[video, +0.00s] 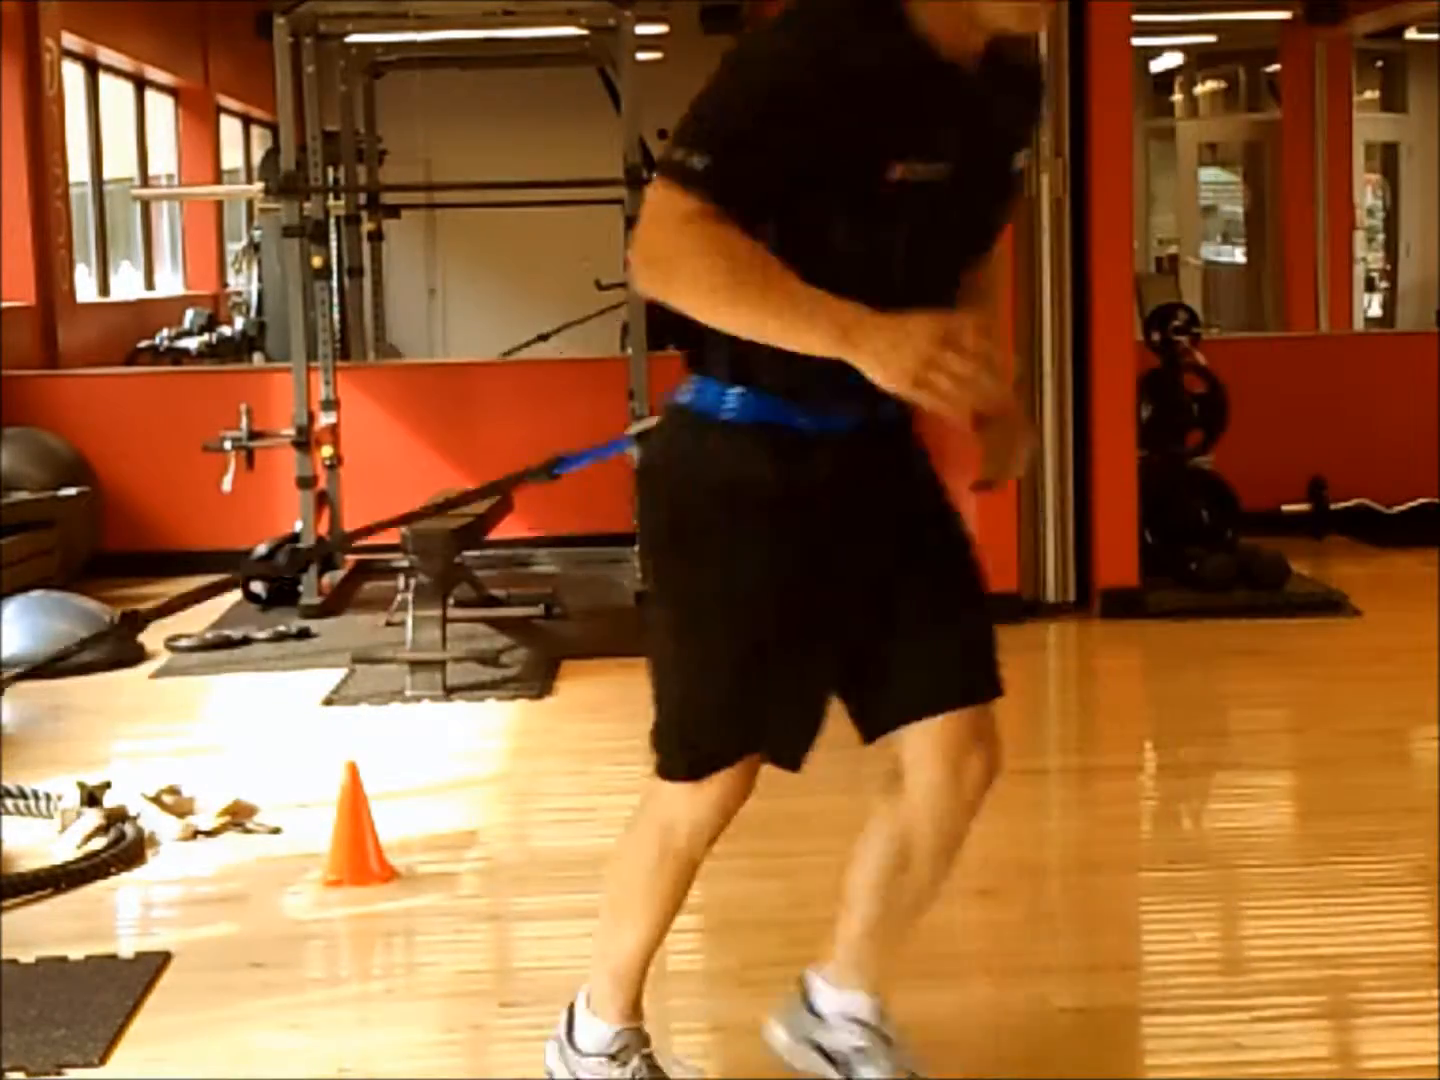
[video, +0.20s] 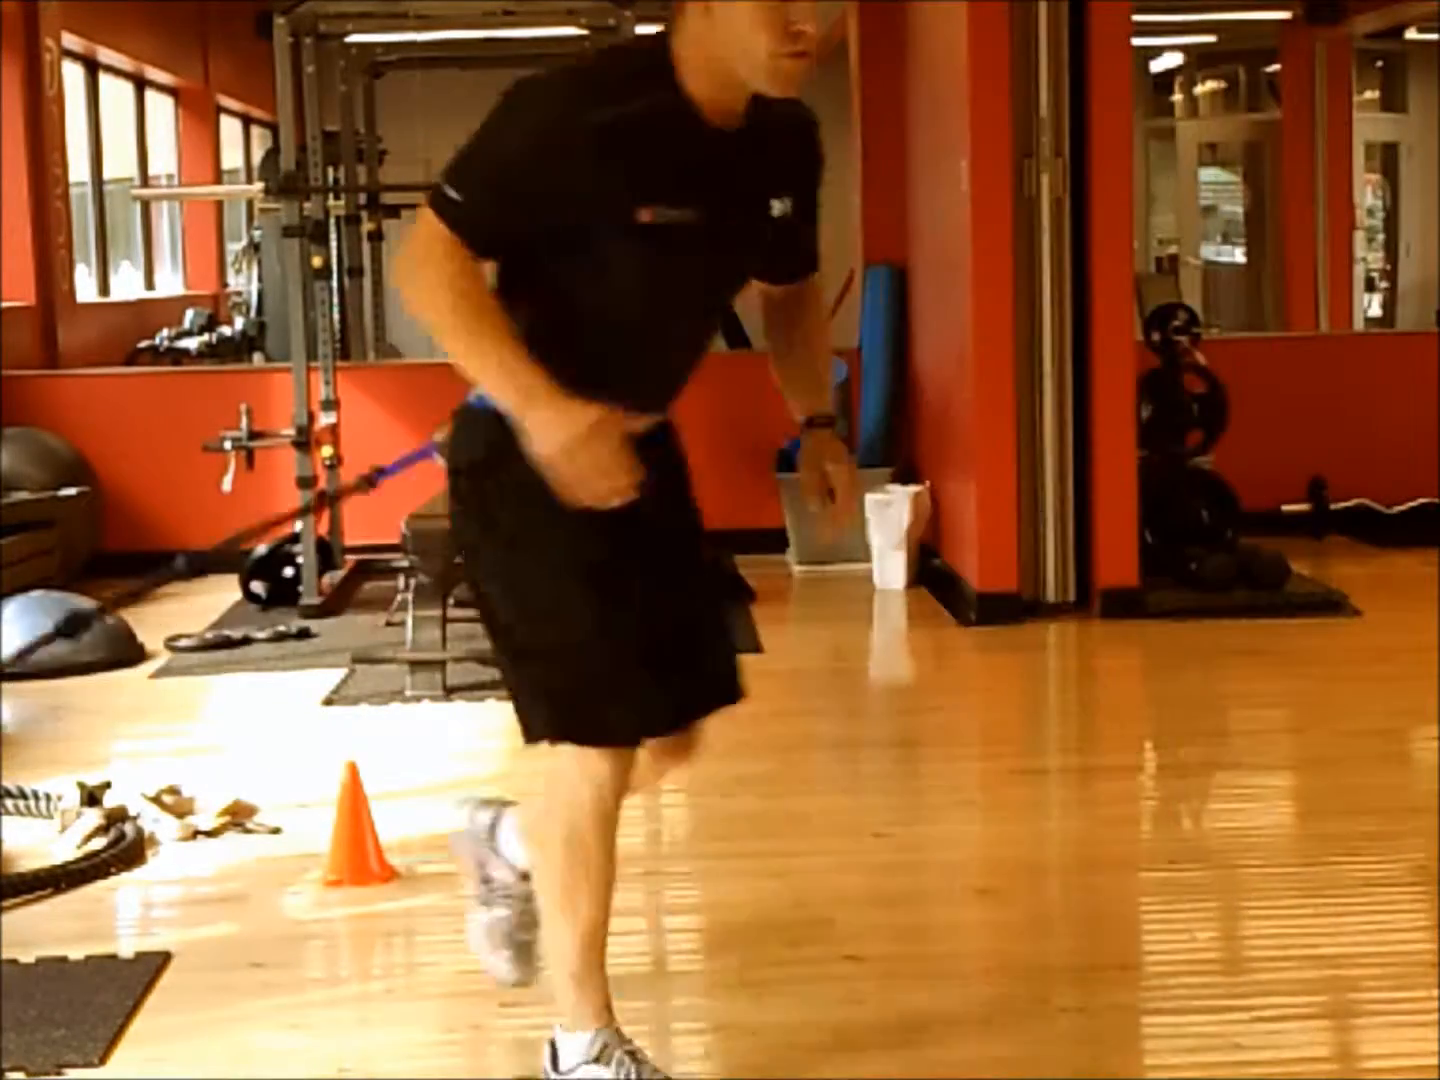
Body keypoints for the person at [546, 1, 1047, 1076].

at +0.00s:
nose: (1047, 7)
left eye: (1049, 6)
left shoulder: (1012, 74)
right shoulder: (808, 44)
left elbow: (977, 243)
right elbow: (663, 244)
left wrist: (991, 387)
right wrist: (865, 335)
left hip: (874, 455)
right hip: (730, 456)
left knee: (954, 754)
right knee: (710, 766)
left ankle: (838, 1001)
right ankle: (599, 1031)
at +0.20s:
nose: (815, 27)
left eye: (824, 7)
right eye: (785, 4)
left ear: (833, 18)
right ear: (700, 7)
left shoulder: (784, 138)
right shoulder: (570, 105)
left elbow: (787, 292)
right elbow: (424, 262)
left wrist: (816, 426)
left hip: (640, 441)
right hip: (524, 444)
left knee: (675, 725)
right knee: (591, 736)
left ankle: (513, 841)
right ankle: (583, 1039)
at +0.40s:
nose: (603, 125)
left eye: (616, 102)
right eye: (581, 99)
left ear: (624, 105)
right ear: (514, 94)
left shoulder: (604, 220)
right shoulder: (404, 191)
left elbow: (659, 353)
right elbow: (231, 279)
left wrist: (680, 383)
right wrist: (231, 458)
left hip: (472, 500)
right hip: (365, 492)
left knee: (411, 723)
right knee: (466, 713)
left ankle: (316, 888)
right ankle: (534, 1003)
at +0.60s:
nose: (489, 30)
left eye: (501, 10)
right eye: (465, 6)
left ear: (507, 19)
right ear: (403, 10)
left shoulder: (491, 117)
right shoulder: (295, 96)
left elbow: (484, 244)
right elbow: (174, 212)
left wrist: (510, 368)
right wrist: (240, 373)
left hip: (384, 396)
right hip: (279, 390)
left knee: (366, 636)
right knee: (335, 634)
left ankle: (331, 870)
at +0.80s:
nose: (398, 75)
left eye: (407, 54)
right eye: (378, 50)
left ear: (413, 58)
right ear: (308, 42)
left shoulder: (403, 158)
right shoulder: (219, 147)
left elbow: (351, 277)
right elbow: (104, 285)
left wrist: (349, 358)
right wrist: (250, 351)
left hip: (336, 452)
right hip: (218, 451)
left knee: (357, 670)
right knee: (194, 682)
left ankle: (247, 790)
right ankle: (130, 877)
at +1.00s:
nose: (400, 82)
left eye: (410, 60)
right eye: (379, 57)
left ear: (417, 60)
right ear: (313, 48)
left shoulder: (411, 146)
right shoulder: (220, 136)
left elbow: (394, 259)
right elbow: (95, 255)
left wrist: (379, 364)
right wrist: (105, 419)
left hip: (317, 430)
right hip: (213, 420)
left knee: (300, 631)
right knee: (214, 656)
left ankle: (233, 805)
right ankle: (137, 865)